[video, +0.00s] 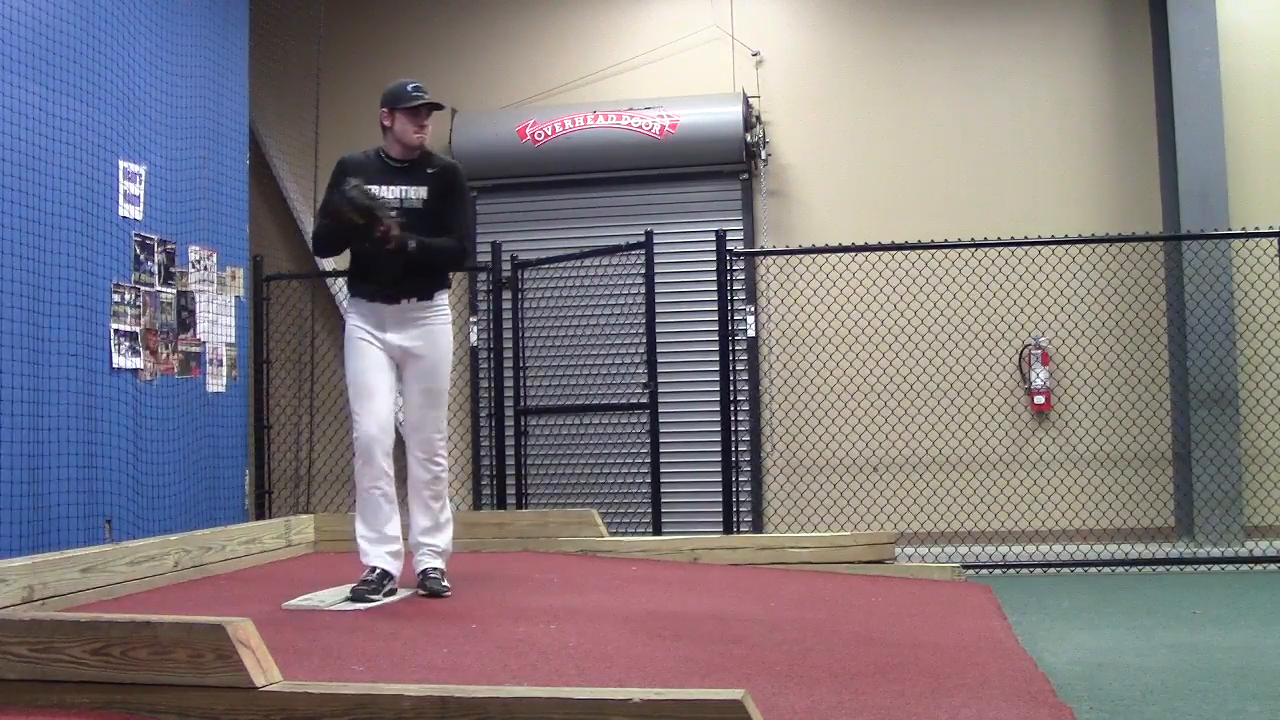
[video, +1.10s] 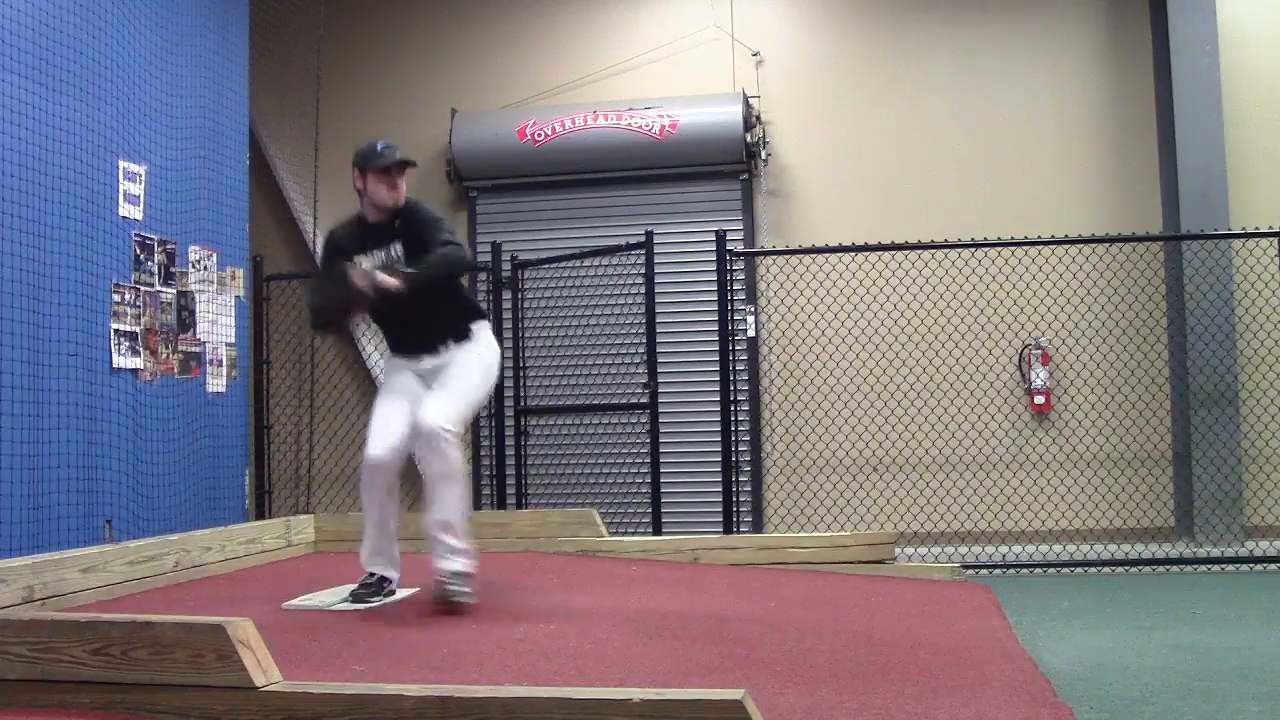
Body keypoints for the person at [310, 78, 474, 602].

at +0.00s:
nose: (423, 123)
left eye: (427, 115)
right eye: (414, 115)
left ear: (431, 121)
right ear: (386, 118)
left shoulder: (446, 174)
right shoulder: (352, 169)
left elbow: (462, 251)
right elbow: (323, 243)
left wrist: (405, 243)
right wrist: (355, 222)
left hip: (428, 321)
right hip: (367, 321)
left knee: (428, 443)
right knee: (371, 437)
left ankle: (432, 559)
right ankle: (381, 564)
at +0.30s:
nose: (395, 125)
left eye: (402, 116)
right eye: (385, 116)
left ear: (411, 121)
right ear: (365, 120)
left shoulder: (422, 166)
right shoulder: (341, 174)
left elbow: (421, 232)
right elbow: (308, 241)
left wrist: (345, 218)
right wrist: (297, 212)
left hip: (417, 311)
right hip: (360, 317)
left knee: (385, 410)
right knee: (361, 435)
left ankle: (415, 544)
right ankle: (379, 568)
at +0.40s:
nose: (391, 125)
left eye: (398, 117)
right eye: (381, 117)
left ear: (408, 121)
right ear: (362, 120)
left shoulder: (417, 163)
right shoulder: (340, 173)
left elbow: (413, 223)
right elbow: (296, 232)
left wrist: (338, 199)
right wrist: (303, 196)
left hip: (420, 298)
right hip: (365, 308)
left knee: (361, 362)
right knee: (368, 427)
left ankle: (379, 515)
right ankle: (381, 566)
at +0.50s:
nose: (385, 126)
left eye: (392, 117)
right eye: (375, 118)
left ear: (403, 120)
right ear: (357, 121)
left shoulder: (415, 159)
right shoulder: (341, 171)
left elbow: (408, 213)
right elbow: (287, 222)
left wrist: (335, 181)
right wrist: (298, 180)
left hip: (427, 294)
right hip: (369, 305)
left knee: (351, 297)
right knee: (369, 440)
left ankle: (351, 442)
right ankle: (380, 566)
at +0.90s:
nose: (395, 134)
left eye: (399, 125)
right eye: (384, 126)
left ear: (405, 128)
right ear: (357, 131)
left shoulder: (413, 168)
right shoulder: (338, 183)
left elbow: (427, 222)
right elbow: (281, 241)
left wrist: (352, 197)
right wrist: (309, 203)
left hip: (444, 305)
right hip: (387, 319)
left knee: (382, 364)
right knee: (364, 439)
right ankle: (375, 567)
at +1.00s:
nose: (395, 159)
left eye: (399, 150)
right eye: (384, 151)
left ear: (404, 153)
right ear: (357, 156)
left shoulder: (412, 195)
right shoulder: (340, 210)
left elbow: (437, 243)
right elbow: (293, 282)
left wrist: (364, 236)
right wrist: (317, 245)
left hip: (454, 331)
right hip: (397, 344)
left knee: (402, 401)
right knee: (363, 444)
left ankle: (403, 544)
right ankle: (376, 566)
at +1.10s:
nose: (396, 181)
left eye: (400, 173)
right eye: (385, 174)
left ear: (406, 177)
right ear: (359, 180)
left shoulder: (415, 216)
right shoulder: (341, 241)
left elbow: (458, 257)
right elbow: (322, 315)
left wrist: (404, 279)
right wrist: (352, 289)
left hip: (467, 350)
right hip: (406, 364)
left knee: (434, 424)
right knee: (378, 455)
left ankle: (454, 571)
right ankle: (382, 573)